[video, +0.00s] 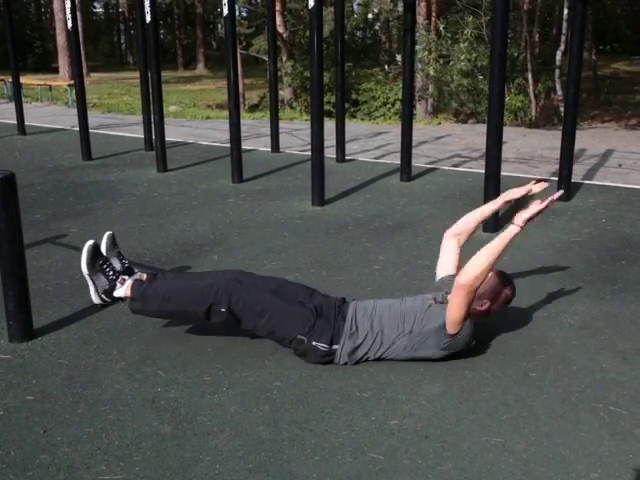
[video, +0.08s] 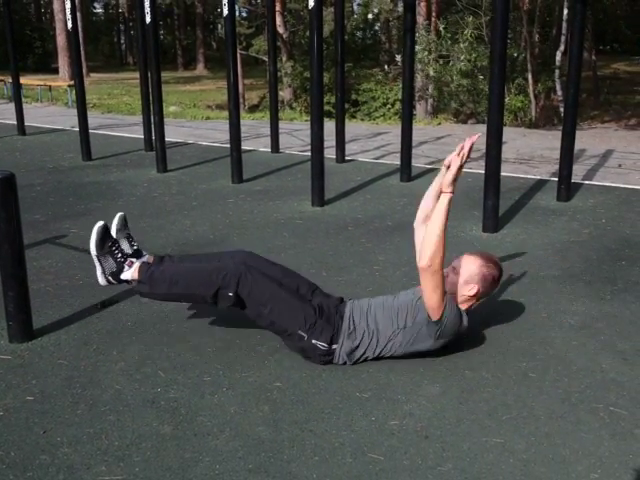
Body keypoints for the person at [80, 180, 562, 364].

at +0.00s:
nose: (476, 277)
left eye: (485, 280)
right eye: (479, 274)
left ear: (490, 300)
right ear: (475, 288)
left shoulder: (459, 331)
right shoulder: (450, 302)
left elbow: (470, 271)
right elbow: (454, 237)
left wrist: (515, 226)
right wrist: (505, 201)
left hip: (333, 333)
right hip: (333, 311)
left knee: (230, 288)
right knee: (233, 282)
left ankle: (121, 291)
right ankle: (134, 279)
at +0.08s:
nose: (450, 269)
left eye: (459, 270)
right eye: (456, 267)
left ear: (470, 292)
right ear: (464, 285)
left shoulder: (446, 322)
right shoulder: (441, 303)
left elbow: (431, 252)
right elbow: (422, 237)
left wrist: (446, 189)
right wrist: (443, 183)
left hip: (330, 335)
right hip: (335, 313)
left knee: (238, 268)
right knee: (240, 261)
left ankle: (128, 274)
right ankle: (142, 264)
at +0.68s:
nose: (372, 235)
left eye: (378, 230)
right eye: (374, 228)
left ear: (401, 238)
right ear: (403, 235)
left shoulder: (403, 280)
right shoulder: (405, 261)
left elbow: (347, 247)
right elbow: (351, 208)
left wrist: (311, 182)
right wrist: (314, 168)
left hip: (319, 342)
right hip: (326, 318)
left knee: (281, 251)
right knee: (282, 236)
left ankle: (163, 229)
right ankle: (178, 214)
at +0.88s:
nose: (421, 255)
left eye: (430, 253)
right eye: (425, 249)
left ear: (441, 273)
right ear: (435, 268)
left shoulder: (429, 322)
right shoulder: (421, 292)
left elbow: (435, 273)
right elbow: (415, 233)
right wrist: (427, 183)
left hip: (313, 341)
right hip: (319, 312)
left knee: (224, 288)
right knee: (234, 266)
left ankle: (111, 300)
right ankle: (124, 275)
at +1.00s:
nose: (441, 280)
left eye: (450, 281)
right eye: (445, 274)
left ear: (462, 299)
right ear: (444, 281)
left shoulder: (441, 336)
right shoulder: (428, 305)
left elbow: (474, 309)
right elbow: (447, 249)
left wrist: (505, 267)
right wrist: (497, 220)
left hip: (317, 337)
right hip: (316, 315)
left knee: (214, 303)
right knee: (216, 295)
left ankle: (109, 324)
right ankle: (120, 307)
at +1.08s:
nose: (441, 284)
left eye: (452, 286)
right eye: (448, 280)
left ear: (462, 307)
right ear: (453, 292)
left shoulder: (442, 340)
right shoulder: (432, 310)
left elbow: (481, 336)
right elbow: (472, 258)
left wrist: (529, 296)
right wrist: (532, 251)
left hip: (317, 339)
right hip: (317, 318)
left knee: (213, 319)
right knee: (213, 310)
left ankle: (111, 337)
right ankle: (121, 321)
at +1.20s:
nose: (458, 291)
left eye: (468, 294)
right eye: (462, 288)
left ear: (477, 317)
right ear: (458, 300)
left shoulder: (447, 346)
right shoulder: (440, 316)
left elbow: (512, 352)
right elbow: (500, 279)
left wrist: (563, 324)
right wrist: (563, 294)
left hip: (318, 338)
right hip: (316, 317)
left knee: (218, 331)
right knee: (219, 320)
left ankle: (115, 345)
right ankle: (126, 327)